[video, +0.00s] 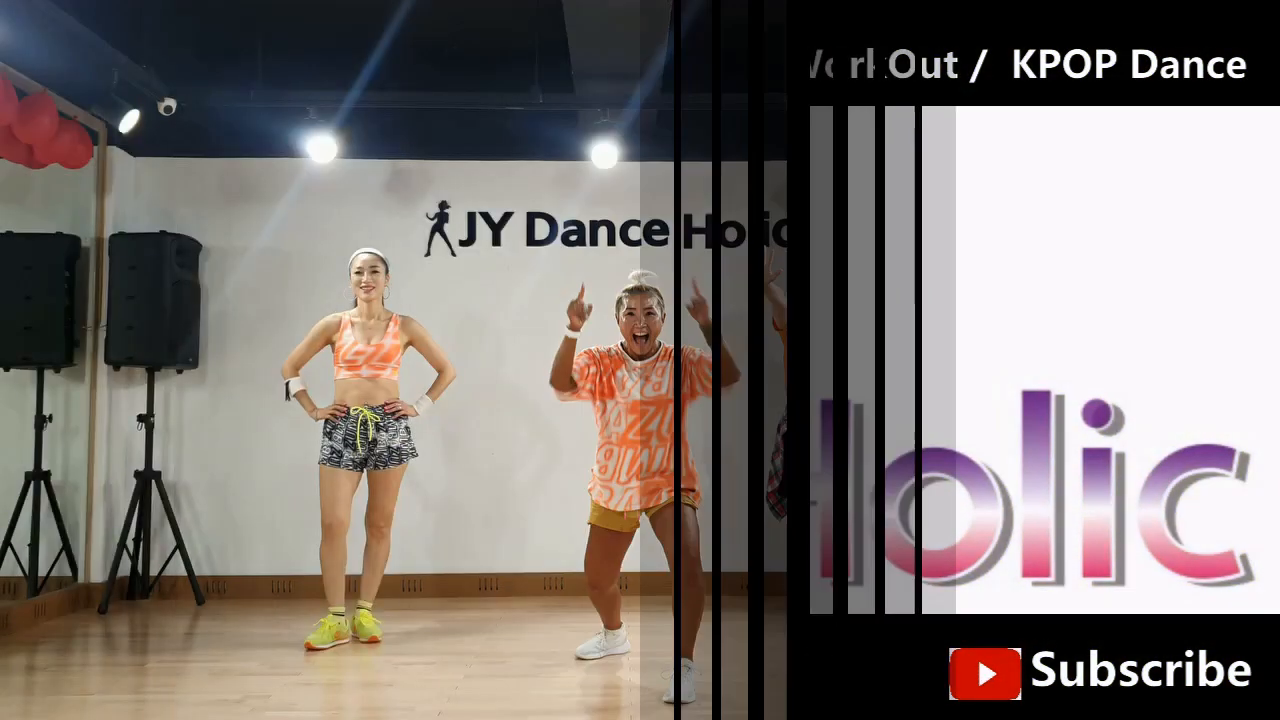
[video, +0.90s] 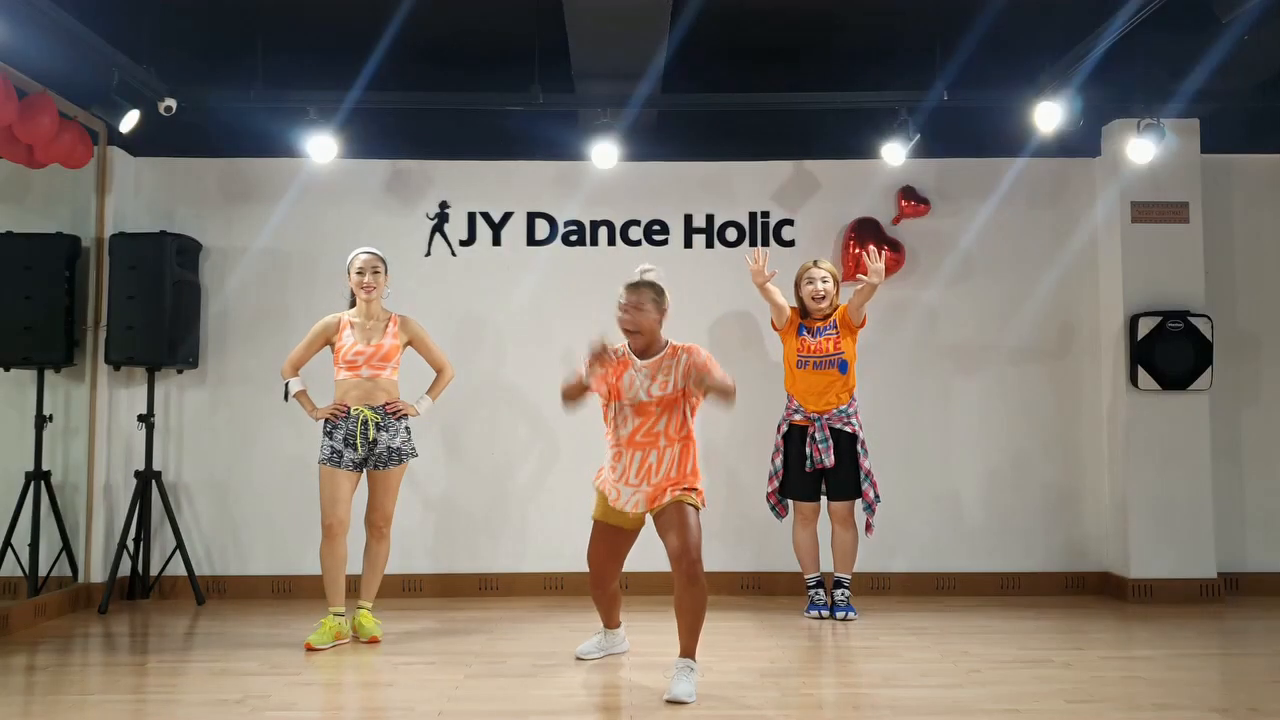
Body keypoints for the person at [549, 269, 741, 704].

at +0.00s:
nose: (640, 322)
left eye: (649, 313)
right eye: (631, 313)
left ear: (662, 319)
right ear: (618, 319)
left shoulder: (679, 360)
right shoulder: (602, 362)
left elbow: (729, 376)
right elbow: (560, 383)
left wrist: (707, 326)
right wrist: (573, 332)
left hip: (669, 480)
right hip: (614, 484)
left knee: (688, 560)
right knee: (598, 577)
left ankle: (685, 665)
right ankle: (614, 635)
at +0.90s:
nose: (626, 314)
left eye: (637, 307)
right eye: (623, 306)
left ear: (661, 315)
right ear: (618, 311)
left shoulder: (687, 357)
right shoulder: (609, 361)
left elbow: (730, 394)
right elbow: (569, 399)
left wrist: (706, 382)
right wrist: (588, 371)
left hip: (673, 477)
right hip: (621, 478)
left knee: (687, 557)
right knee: (600, 567)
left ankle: (686, 664)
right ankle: (612, 634)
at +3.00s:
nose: (710, 291)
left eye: (717, 283)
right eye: (700, 285)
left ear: (727, 291)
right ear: (687, 294)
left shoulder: (739, 344)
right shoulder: (676, 338)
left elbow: (744, 404)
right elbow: (681, 395)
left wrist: (754, 449)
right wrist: (724, 426)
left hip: (729, 461)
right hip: (681, 459)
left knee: (743, 543)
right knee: (680, 547)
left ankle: (753, 640)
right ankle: (662, 609)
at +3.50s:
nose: (701, 269)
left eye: (710, 260)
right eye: (692, 261)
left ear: (723, 268)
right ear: (679, 269)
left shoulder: (746, 323)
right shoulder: (662, 321)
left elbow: (786, 383)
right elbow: (621, 368)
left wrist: (750, 416)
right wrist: (618, 421)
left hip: (733, 440)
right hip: (677, 434)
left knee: (748, 541)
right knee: (647, 523)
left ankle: (766, 635)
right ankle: (643, 621)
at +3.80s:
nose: (648, 289)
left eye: (657, 280)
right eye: (638, 280)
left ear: (672, 289)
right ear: (626, 289)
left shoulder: (695, 348)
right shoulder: (605, 346)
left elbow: (704, 420)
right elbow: (588, 412)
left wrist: (662, 431)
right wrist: (618, 430)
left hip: (677, 466)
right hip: (619, 465)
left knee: (714, 567)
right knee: (599, 559)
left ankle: (714, 597)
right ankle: (588, 668)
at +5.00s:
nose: (611, 296)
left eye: (620, 287)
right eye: (601, 289)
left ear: (637, 294)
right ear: (590, 299)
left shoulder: (666, 352)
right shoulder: (576, 358)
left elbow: (693, 416)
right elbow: (562, 426)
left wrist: (672, 448)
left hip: (654, 474)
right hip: (593, 476)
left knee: (706, 561)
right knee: (566, 566)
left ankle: (696, 662)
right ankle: (562, 670)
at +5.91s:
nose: (769, 306)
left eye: (775, 297)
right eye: (757, 298)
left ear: (785, 307)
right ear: (737, 309)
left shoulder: (791, 368)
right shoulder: (720, 348)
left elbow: (838, 395)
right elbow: (769, 389)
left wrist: (889, 399)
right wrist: (832, 399)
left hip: (715, 484)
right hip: (660, 462)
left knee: (767, 564)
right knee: (599, 551)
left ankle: (754, 667)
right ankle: (534, 640)